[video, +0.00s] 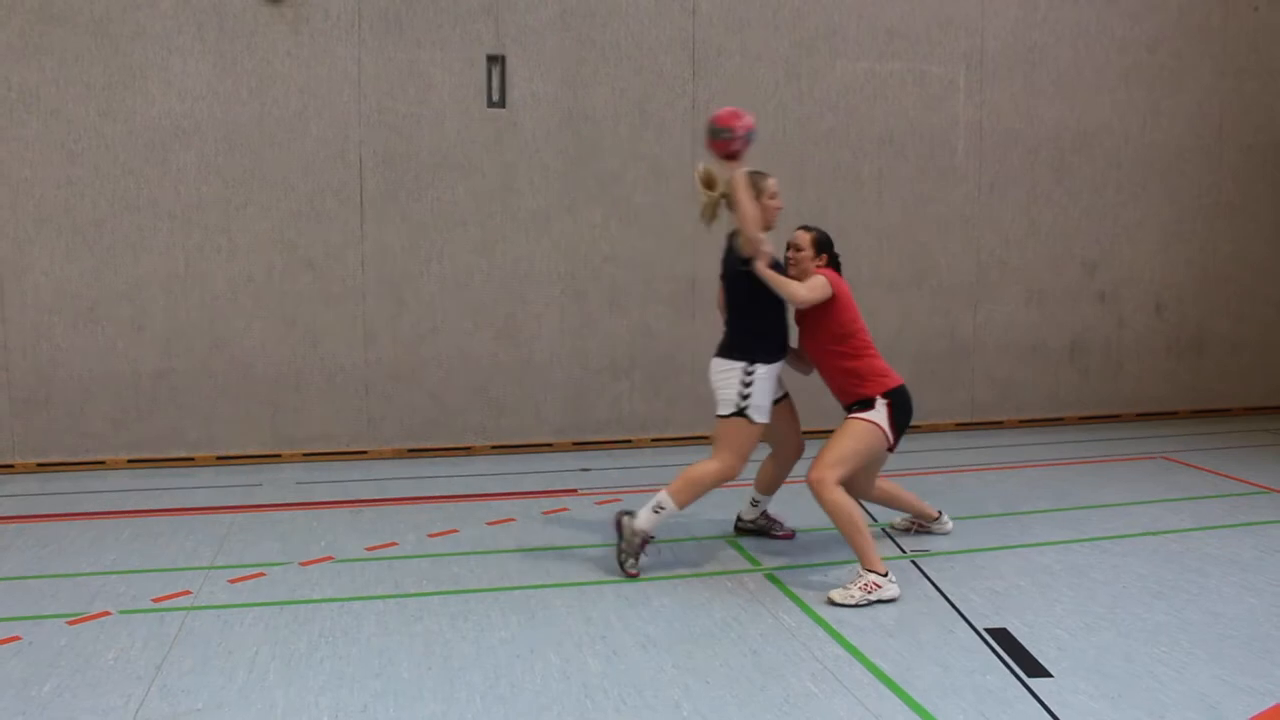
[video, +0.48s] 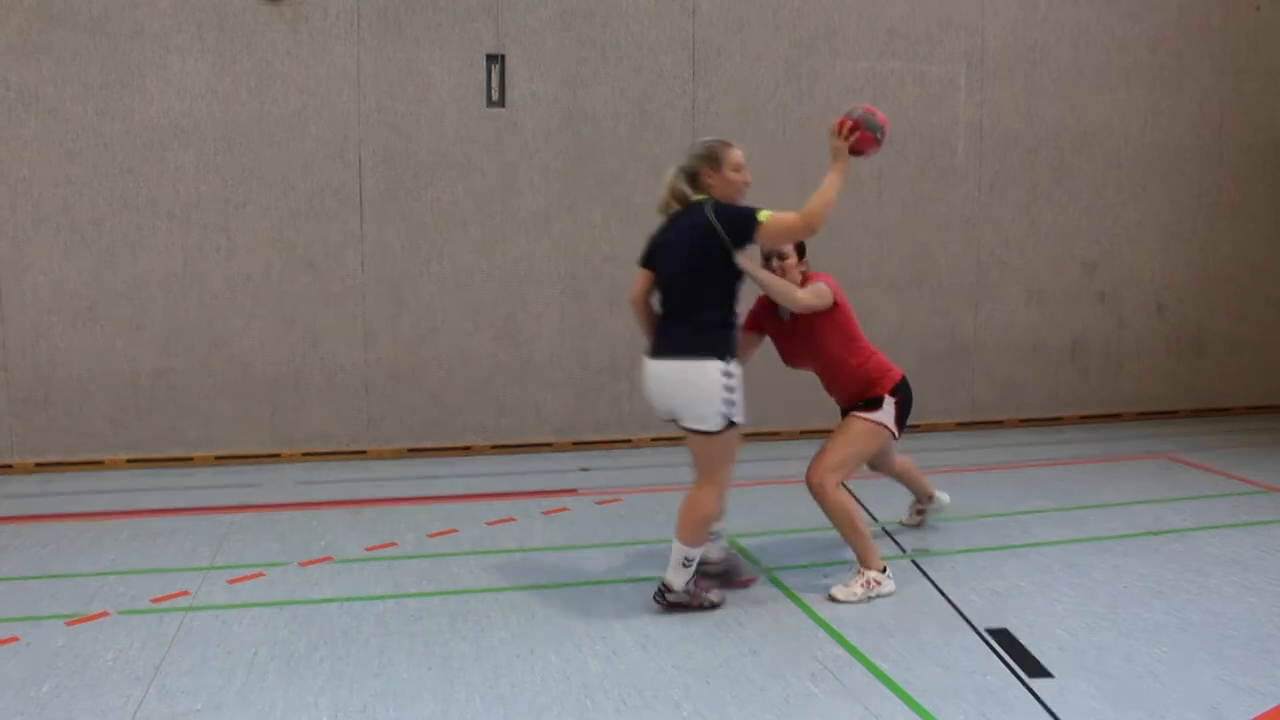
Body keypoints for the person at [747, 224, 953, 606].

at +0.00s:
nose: (788, 256)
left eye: (797, 250)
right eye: (788, 250)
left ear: (821, 258)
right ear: (790, 258)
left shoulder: (825, 278)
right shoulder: (808, 300)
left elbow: (800, 296)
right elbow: (805, 365)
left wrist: (761, 270)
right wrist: (765, 336)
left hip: (880, 402)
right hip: (870, 404)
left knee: (823, 478)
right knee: (860, 485)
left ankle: (877, 576)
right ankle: (931, 517)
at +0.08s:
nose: (794, 256)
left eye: (804, 250)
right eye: (793, 250)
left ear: (826, 259)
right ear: (793, 258)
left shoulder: (830, 281)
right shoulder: (801, 303)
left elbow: (812, 300)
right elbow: (802, 365)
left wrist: (775, 272)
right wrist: (763, 322)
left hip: (880, 405)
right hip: (865, 407)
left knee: (820, 479)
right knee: (866, 492)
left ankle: (876, 576)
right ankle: (933, 517)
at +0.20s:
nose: (798, 257)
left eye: (808, 251)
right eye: (794, 251)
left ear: (826, 260)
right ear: (788, 257)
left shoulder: (833, 283)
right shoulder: (786, 300)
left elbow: (827, 299)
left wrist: (777, 273)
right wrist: (729, 287)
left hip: (884, 405)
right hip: (857, 411)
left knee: (826, 474)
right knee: (872, 491)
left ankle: (875, 574)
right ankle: (938, 516)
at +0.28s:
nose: (793, 262)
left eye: (802, 255)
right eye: (786, 256)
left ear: (818, 262)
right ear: (777, 261)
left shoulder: (831, 285)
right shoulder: (778, 300)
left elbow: (828, 299)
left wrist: (778, 273)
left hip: (888, 405)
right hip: (857, 411)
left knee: (830, 473)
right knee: (878, 486)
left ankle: (875, 571)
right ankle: (940, 513)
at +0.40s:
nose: (783, 269)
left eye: (791, 260)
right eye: (775, 264)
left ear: (806, 264)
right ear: (767, 273)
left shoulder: (827, 290)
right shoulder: (769, 316)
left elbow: (817, 306)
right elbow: (747, 364)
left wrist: (763, 275)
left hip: (887, 398)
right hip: (855, 408)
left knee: (826, 477)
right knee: (883, 474)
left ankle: (876, 572)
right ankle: (937, 504)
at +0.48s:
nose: (775, 265)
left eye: (783, 256)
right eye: (768, 259)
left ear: (801, 260)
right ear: (761, 266)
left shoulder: (823, 285)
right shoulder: (765, 308)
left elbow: (800, 301)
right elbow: (733, 358)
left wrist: (747, 266)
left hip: (884, 393)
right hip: (852, 402)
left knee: (822, 478)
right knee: (883, 460)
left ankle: (875, 571)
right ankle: (928, 497)